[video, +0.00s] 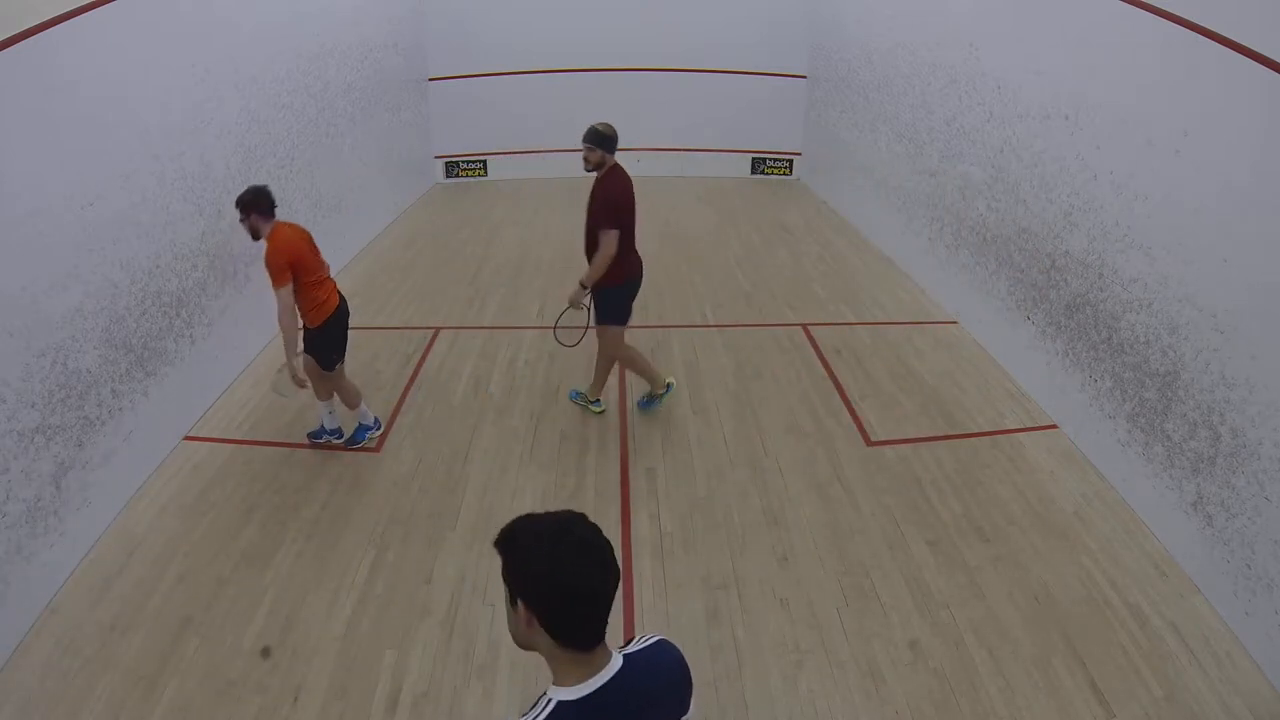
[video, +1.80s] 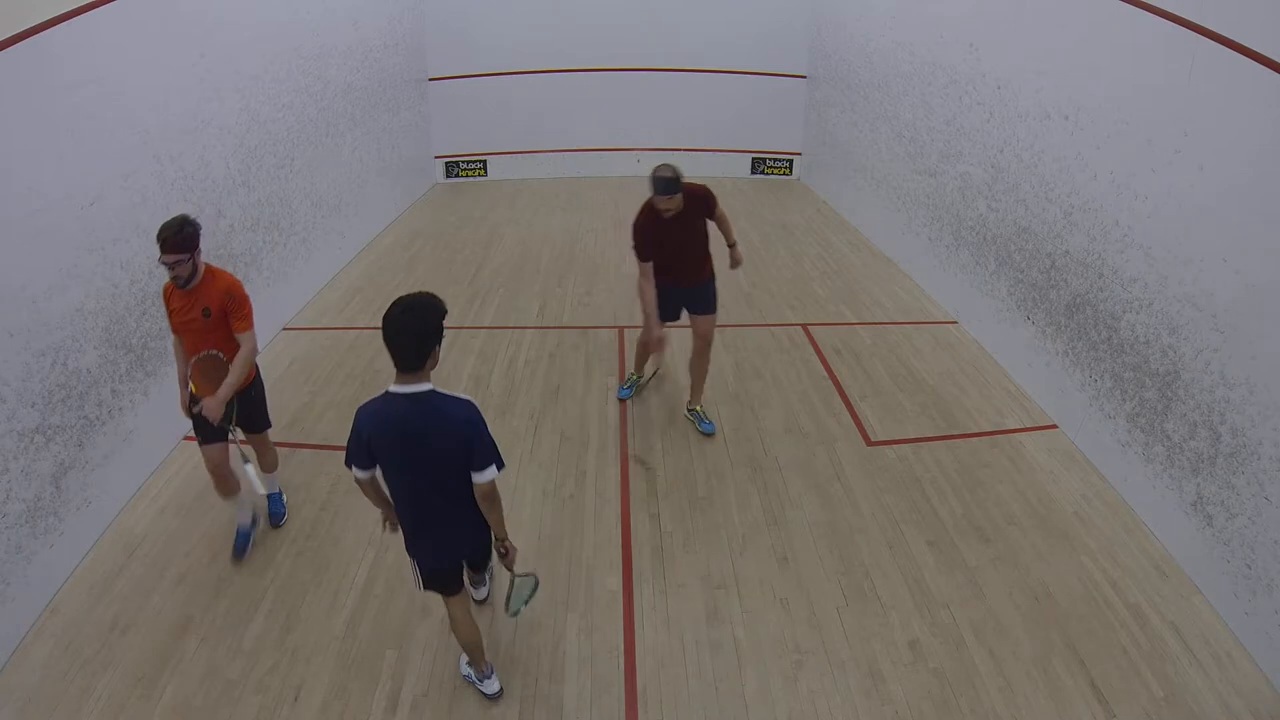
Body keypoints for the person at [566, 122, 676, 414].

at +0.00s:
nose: (584, 154)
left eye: (589, 149)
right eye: (583, 148)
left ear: (605, 152)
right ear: (605, 152)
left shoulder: (610, 186)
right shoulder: (613, 177)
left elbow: (609, 248)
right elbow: (612, 236)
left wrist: (582, 287)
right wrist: (594, 276)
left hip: (616, 277)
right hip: (618, 271)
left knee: (612, 345)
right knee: (608, 339)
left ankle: (660, 384)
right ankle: (594, 395)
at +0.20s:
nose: (608, 157)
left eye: (614, 152)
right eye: (607, 151)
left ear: (631, 154)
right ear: (607, 151)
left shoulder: (641, 191)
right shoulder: (613, 178)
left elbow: (644, 250)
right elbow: (615, 227)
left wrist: (626, 294)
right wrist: (607, 260)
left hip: (643, 277)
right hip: (617, 271)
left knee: (651, 333)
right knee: (607, 328)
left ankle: (668, 386)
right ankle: (596, 393)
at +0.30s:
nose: (620, 158)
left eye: (626, 154)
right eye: (618, 152)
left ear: (642, 155)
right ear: (616, 150)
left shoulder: (655, 190)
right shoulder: (618, 179)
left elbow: (663, 251)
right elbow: (617, 219)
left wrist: (651, 293)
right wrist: (607, 256)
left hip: (656, 269)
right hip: (625, 265)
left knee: (662, 327)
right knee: (608, 325)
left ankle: (669, 386)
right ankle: (606, 385)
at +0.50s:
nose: (635, 158)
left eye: (641, 153)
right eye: (632, 151)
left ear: (655, 153)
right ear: (628, 149)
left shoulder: (672, 188)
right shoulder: (623, 176)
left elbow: (689, 237)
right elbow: (617, 215)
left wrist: (695, 285)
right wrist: (605, 255)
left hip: (665, 273)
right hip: (631, 268)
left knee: (668, 327)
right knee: (623, 322)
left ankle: (669, 386)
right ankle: (627, 373)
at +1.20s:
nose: (620, 192)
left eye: (624, 187)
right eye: (615, 188)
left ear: (636, 176)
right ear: (609, 179)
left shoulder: (662, 180)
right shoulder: (606, 202)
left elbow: (689, 202)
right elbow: (604, 247)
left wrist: (699, 240)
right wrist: (600, 293)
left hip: (667, 265)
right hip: (634, 269)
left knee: (669, 324)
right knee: (636, 323)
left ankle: (674, 385)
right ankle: (636, 373)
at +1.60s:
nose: (630, 217)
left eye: (634, 211)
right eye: (625, 212)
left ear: (647, 200)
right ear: (619, 204)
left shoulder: (671, 190)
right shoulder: (619, 226)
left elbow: (698, 206)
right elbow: (624, 271)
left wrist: (716, 235)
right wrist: (623, 321)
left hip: (683, 272)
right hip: (647, 278)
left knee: (689, 331)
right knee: (640, 327)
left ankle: (695, 397)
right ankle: (637, 374)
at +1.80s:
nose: (665, 206)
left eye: (670, 200)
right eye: (659, 201)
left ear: (681, 192)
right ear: (653, 196)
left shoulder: (700, 197)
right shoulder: (644, 223)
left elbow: (719, 217)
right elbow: (646, 277)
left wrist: (733, 247)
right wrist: (652, 325)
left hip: (700, 281)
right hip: (664, 286)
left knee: (704, 341)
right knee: (650, 334)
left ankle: (694, 404)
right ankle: (636, 373)